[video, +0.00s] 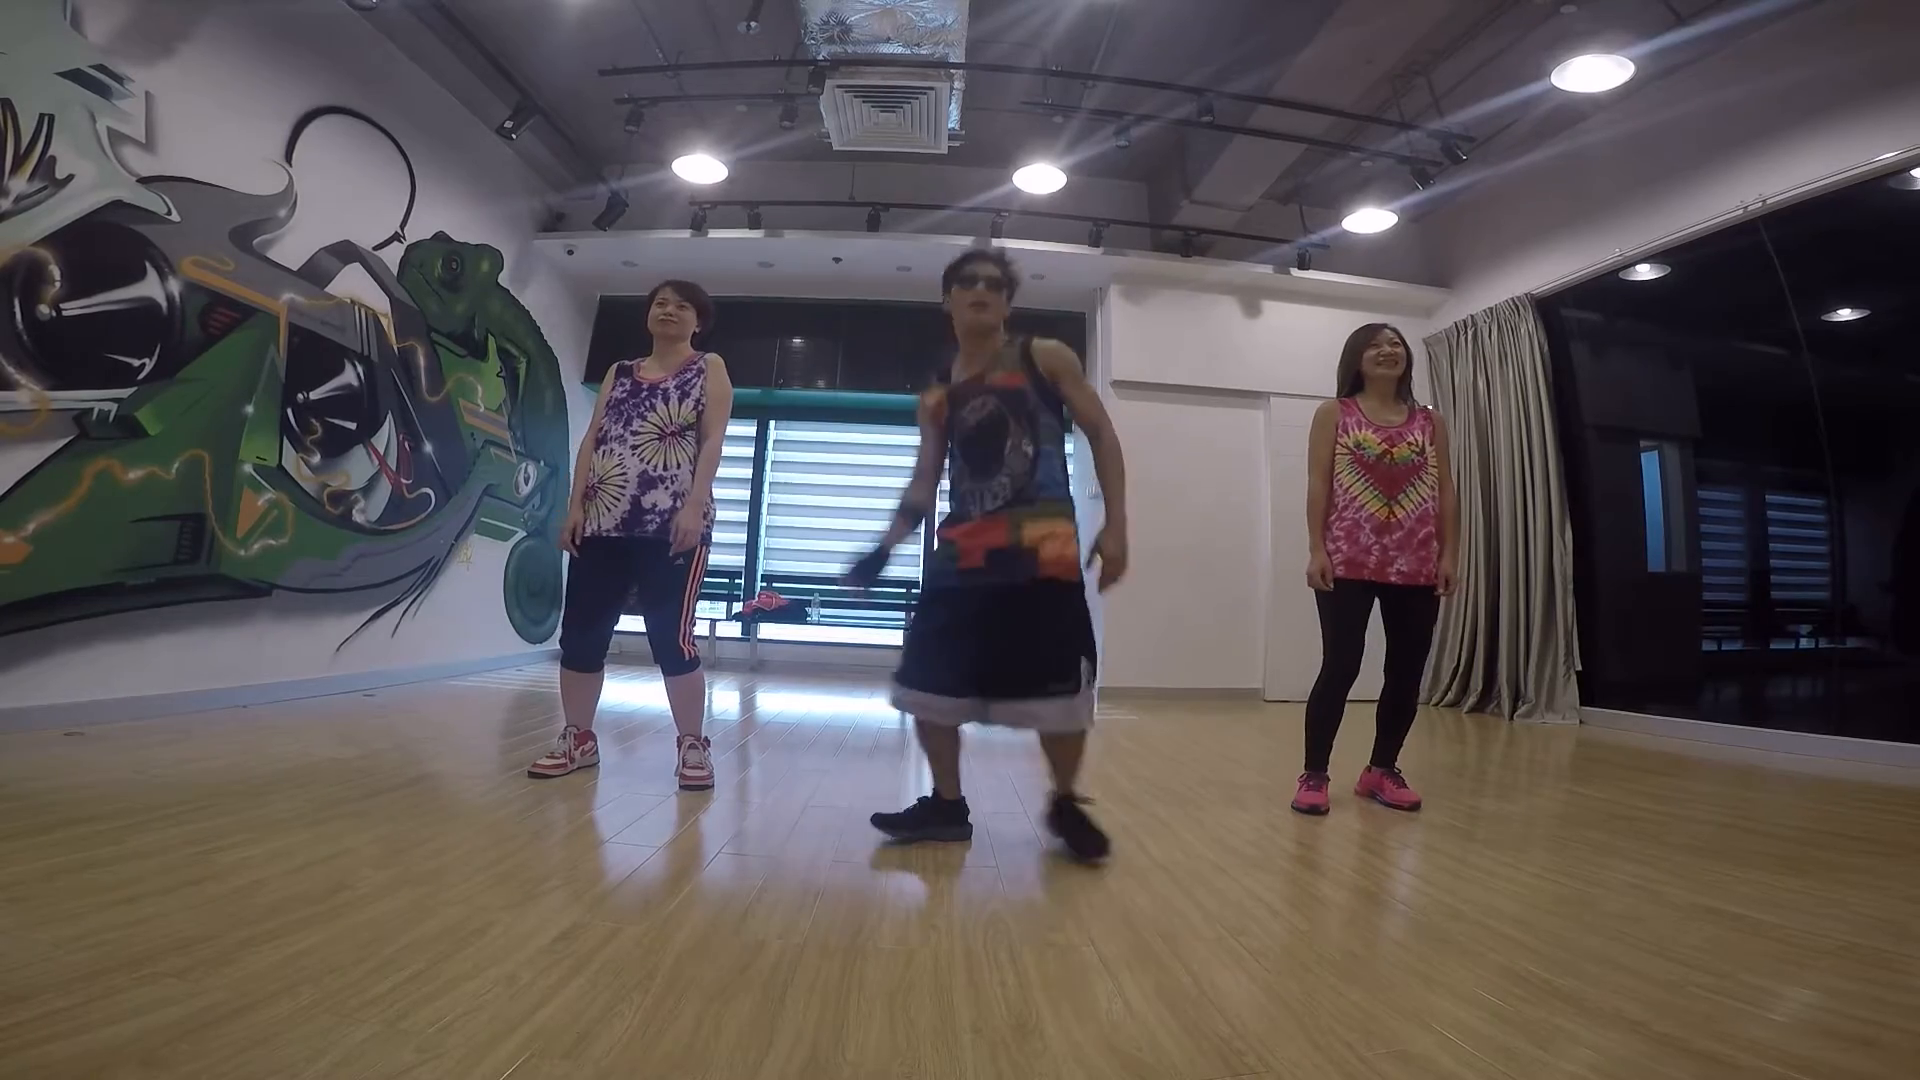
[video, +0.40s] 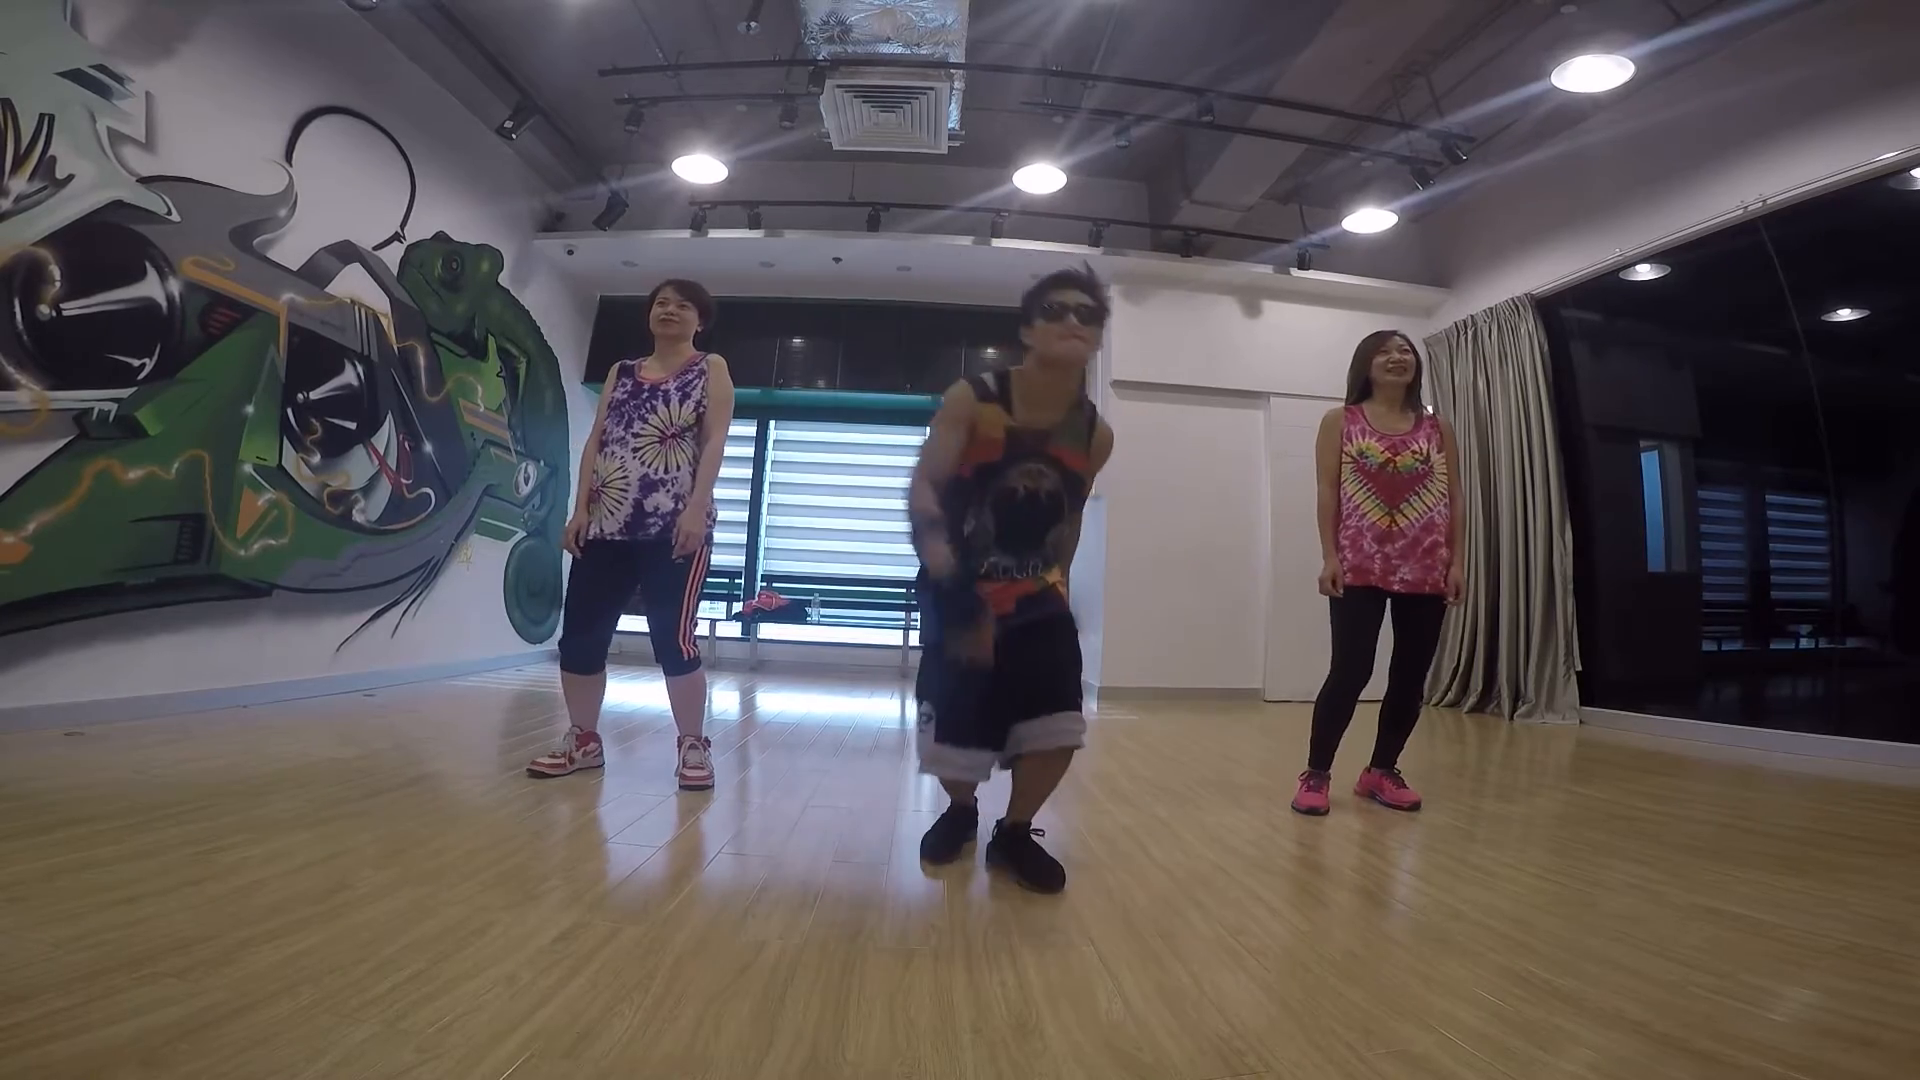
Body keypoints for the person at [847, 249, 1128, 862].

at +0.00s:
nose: (980, 294)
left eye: (992, 286)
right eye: (967, 284)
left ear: (1009, 301)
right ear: (947, 299)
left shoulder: (1047, 358)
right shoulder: (939, 397)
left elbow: (1102, 435)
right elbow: (922, 486)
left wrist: (1116, 524)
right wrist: (883, 547)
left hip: (1045, 555)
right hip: (963, 558)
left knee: (1064, 687)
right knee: (928, 685)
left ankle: (1066, 803)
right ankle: (946, 803)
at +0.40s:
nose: (1072, 323)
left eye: (1087, 315)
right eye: (1056, 312)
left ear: (1100, 337)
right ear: (1028, 329)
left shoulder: (1095, 433)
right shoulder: (972, 399)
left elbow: (1070, 520)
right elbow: (924, 489)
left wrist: (1054, 592)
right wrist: (952, 586)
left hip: (1038, 593)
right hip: (960, 586)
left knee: (1059, 726)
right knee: (957, 729)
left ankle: (1013, 835)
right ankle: (960, 809)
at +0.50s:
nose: (1088, 324)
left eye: (1102, 318)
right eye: (1070, 316)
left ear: (1113, 342)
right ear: (1039, 338)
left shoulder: (1100, 441)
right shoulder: (989, 401)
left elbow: (1066, 536)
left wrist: (1052, 612)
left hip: (1036, 593)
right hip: (960, 587)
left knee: (1060, 730)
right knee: (956, 731)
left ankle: (1013, 835)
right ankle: (963, 807)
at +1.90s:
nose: (1048, 257)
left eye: (1062, 247)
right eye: (1028, 246)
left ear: (1077, 272)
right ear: (997, 268)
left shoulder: (1093, 388)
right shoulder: (942, 349)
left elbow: (1086, 499)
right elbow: (920, 467)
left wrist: (1071, 584)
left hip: (1050, 596)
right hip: (944, 589)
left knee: (1087, 767)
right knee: (916, 759)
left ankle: (1031, 863)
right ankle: (970, 864)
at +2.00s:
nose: (1027, 240)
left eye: (1042, 231)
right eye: (1010, 229)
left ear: (1060, 258)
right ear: (980, 253)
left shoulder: (1090, 359)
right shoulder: (940, 349)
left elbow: (1082, 470)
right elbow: (940, 460)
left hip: (1065, 580)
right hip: (956, 576)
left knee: (1092, 746)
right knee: (907, 743)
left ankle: (1032, 867)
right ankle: (952, 855)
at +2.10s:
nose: (1008, 234)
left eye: (1023, 227)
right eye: (991, 223)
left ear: (1039, 251)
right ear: (961, 246)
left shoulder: (1078, 334)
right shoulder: (933, 345)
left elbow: (1101, 448)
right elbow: (934, 459)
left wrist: (1051, 507)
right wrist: (983, 515)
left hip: (1065, 576)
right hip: (962, 570)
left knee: (1078, 735)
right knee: (903, 722)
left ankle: (1025, 866)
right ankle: (937, 826)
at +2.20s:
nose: (985, 248)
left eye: (1001, 239)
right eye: (970, 235)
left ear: (1019, 262)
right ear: (945, 256)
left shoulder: (1060, 331)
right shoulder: (925, 359)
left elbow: (1114, 419)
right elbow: (917, 460)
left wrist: (1120, 525)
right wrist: (932, 533)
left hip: (1066, 568)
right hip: (966, 568)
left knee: (1073, 734)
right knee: (915, 725)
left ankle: (1025, 865)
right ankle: (950, 797)